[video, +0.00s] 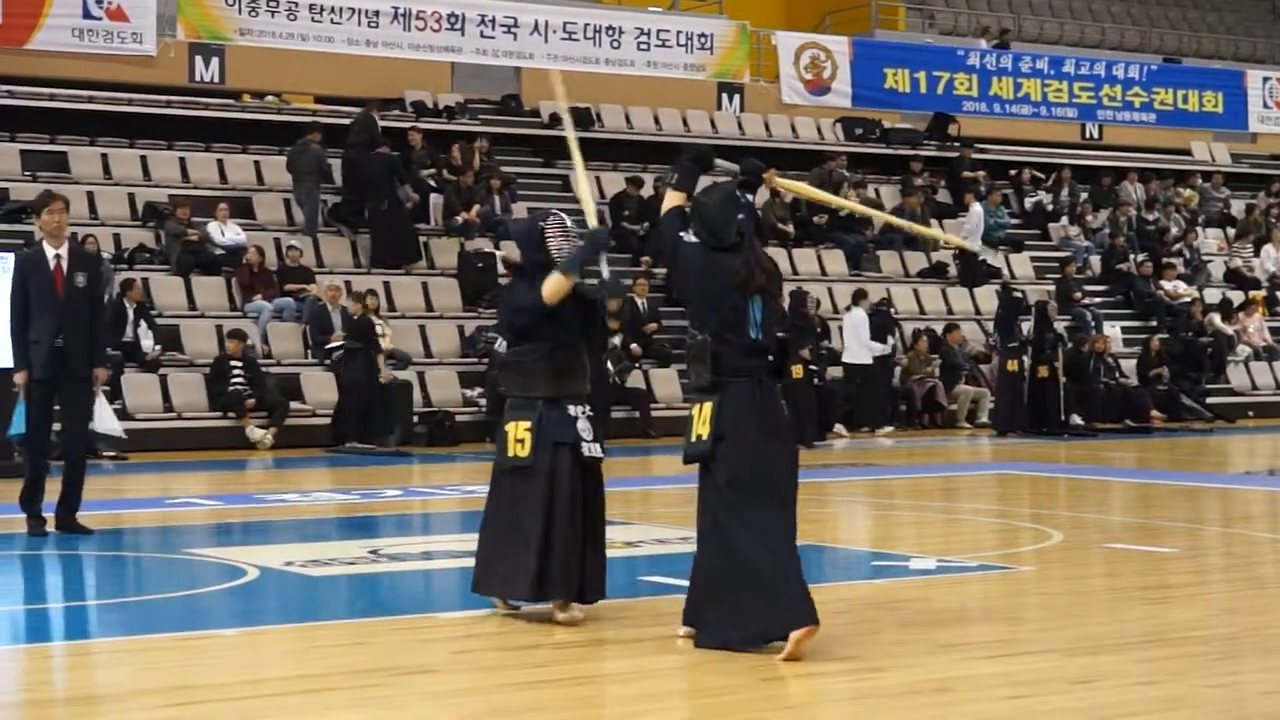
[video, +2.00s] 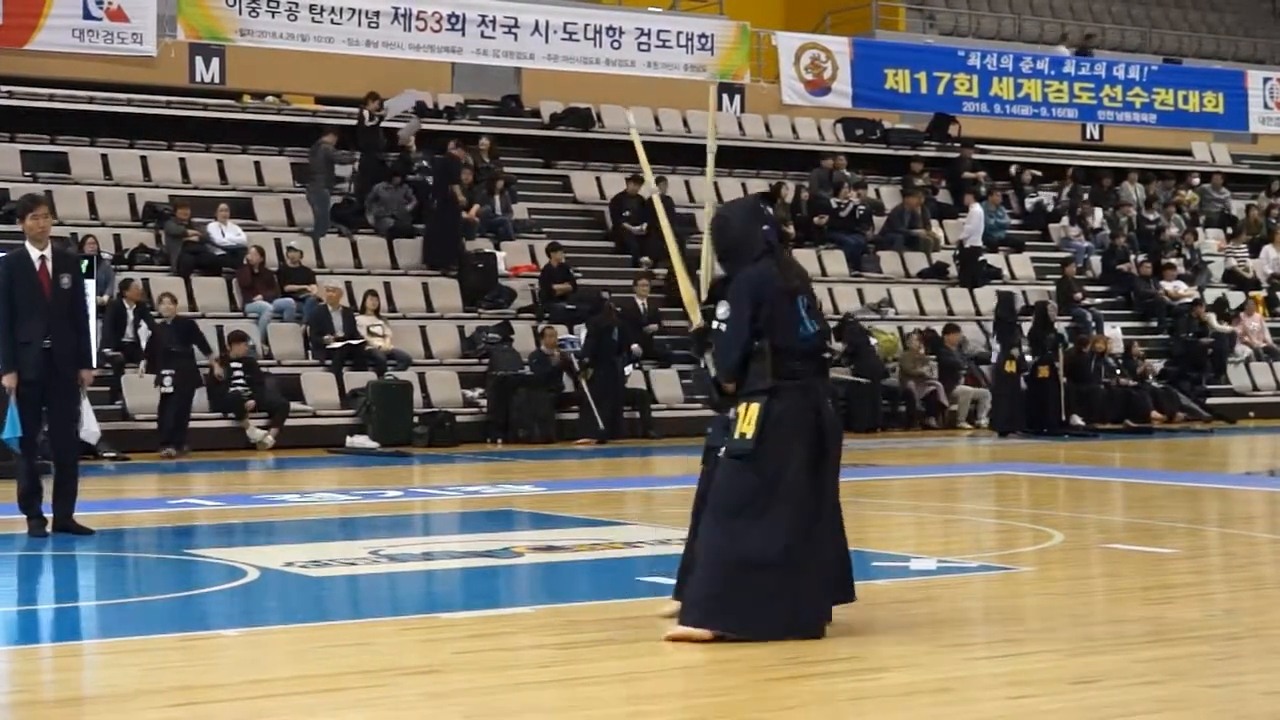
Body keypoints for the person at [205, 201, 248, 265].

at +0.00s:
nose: (224, 213)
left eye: (226, 210)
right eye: (221, 210)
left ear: (229, 212)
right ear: (216, 213)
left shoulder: (234, 226)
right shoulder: (211, 225)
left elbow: (244, 240)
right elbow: (218, 241)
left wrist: (227, 238)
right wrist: (238, 243)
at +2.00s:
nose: (224, 214)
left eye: (226, 211)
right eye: (221, 211)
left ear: (229, 213)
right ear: (216, 214)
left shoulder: (234, 227)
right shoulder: (212, 226)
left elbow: (244, 241)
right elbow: (219, 242)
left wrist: (227, 239)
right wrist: (239, 244)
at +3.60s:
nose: (230, 213)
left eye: (231, 211)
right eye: (227, 211)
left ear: (233, 212)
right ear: (220, 212)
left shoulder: (236, 226)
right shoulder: (214, 225)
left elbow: (246, 240)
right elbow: (221, 241)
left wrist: (229, 239)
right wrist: (242, 244)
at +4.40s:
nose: (227, 214)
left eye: (229, 211)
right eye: (224, 211)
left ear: (232, 212)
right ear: (217, 213)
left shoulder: (235, 226)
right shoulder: (214, 225)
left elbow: (247, 240)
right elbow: (220, 241)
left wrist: (230, 239)